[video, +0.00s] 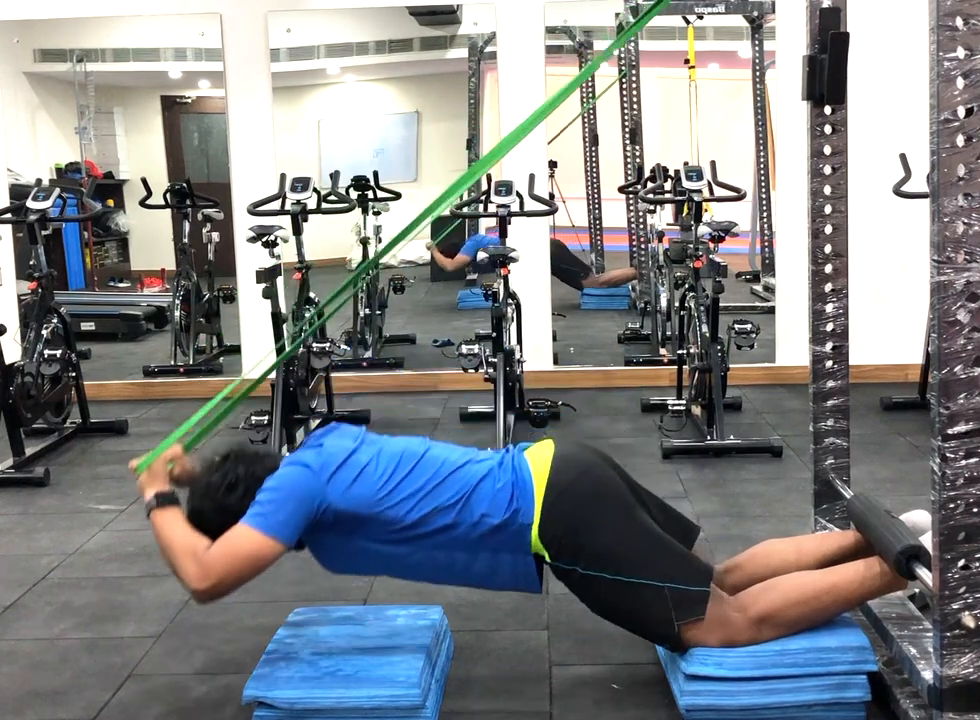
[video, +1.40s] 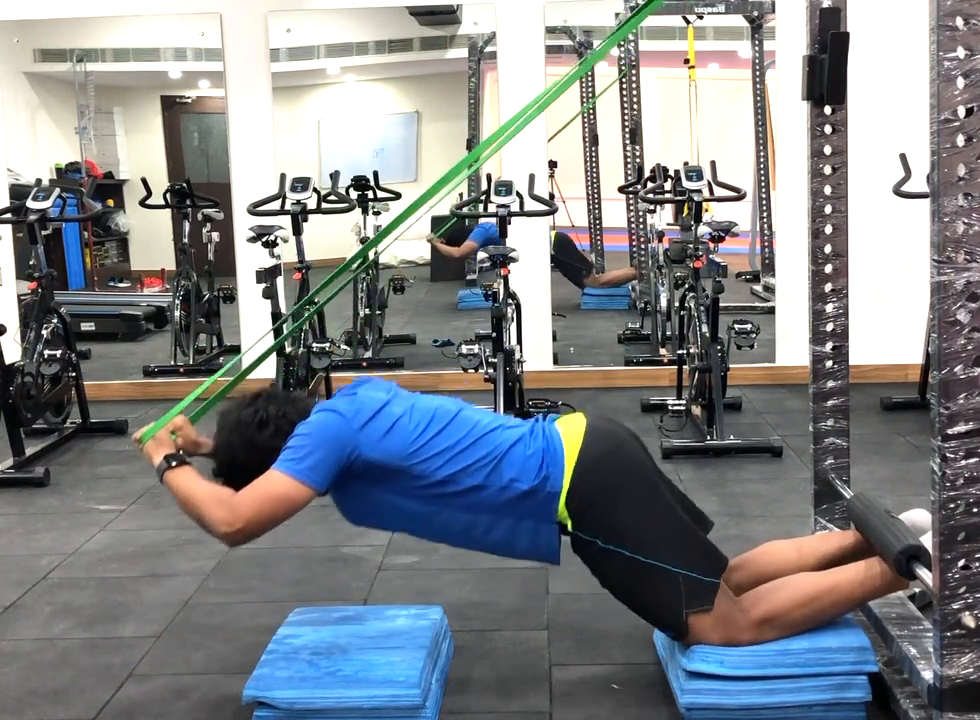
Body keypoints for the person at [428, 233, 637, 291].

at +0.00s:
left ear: (467, 242)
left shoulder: (477, 240)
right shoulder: (492, 239)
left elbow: (451, 266)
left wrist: (433, 250)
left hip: (547, 251)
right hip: (549, 247)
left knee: (591, 282)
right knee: (592, 280)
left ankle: (640, 271)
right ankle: (640, 271)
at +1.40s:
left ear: (468, 226)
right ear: (472, 221)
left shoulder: (484, 227)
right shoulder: (492, 222)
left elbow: (459, 253)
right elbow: (462, 250)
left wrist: (434, 242)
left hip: (555, 243)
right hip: (553, 242)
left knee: (593, 281)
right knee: (591, 279)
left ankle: (642, 270)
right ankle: (640, 270)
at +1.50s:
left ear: (490, 200)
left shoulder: (489, 220)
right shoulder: (502, 215)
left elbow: (462, 249)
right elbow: (467, 246)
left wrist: (440, 239)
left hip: (559, 242)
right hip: (556, 242)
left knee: (594, 280)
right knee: (592, 279)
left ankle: (642, 269)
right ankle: (640, 269)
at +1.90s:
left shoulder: (506, 208)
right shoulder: (505, 208)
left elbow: (479, 223)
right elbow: (479, 222)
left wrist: (455, 214)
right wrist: (457, 213)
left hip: (571, 236)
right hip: (568, 238)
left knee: (596, 279)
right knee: (593, 279)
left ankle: (643, 271)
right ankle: (641, 270)